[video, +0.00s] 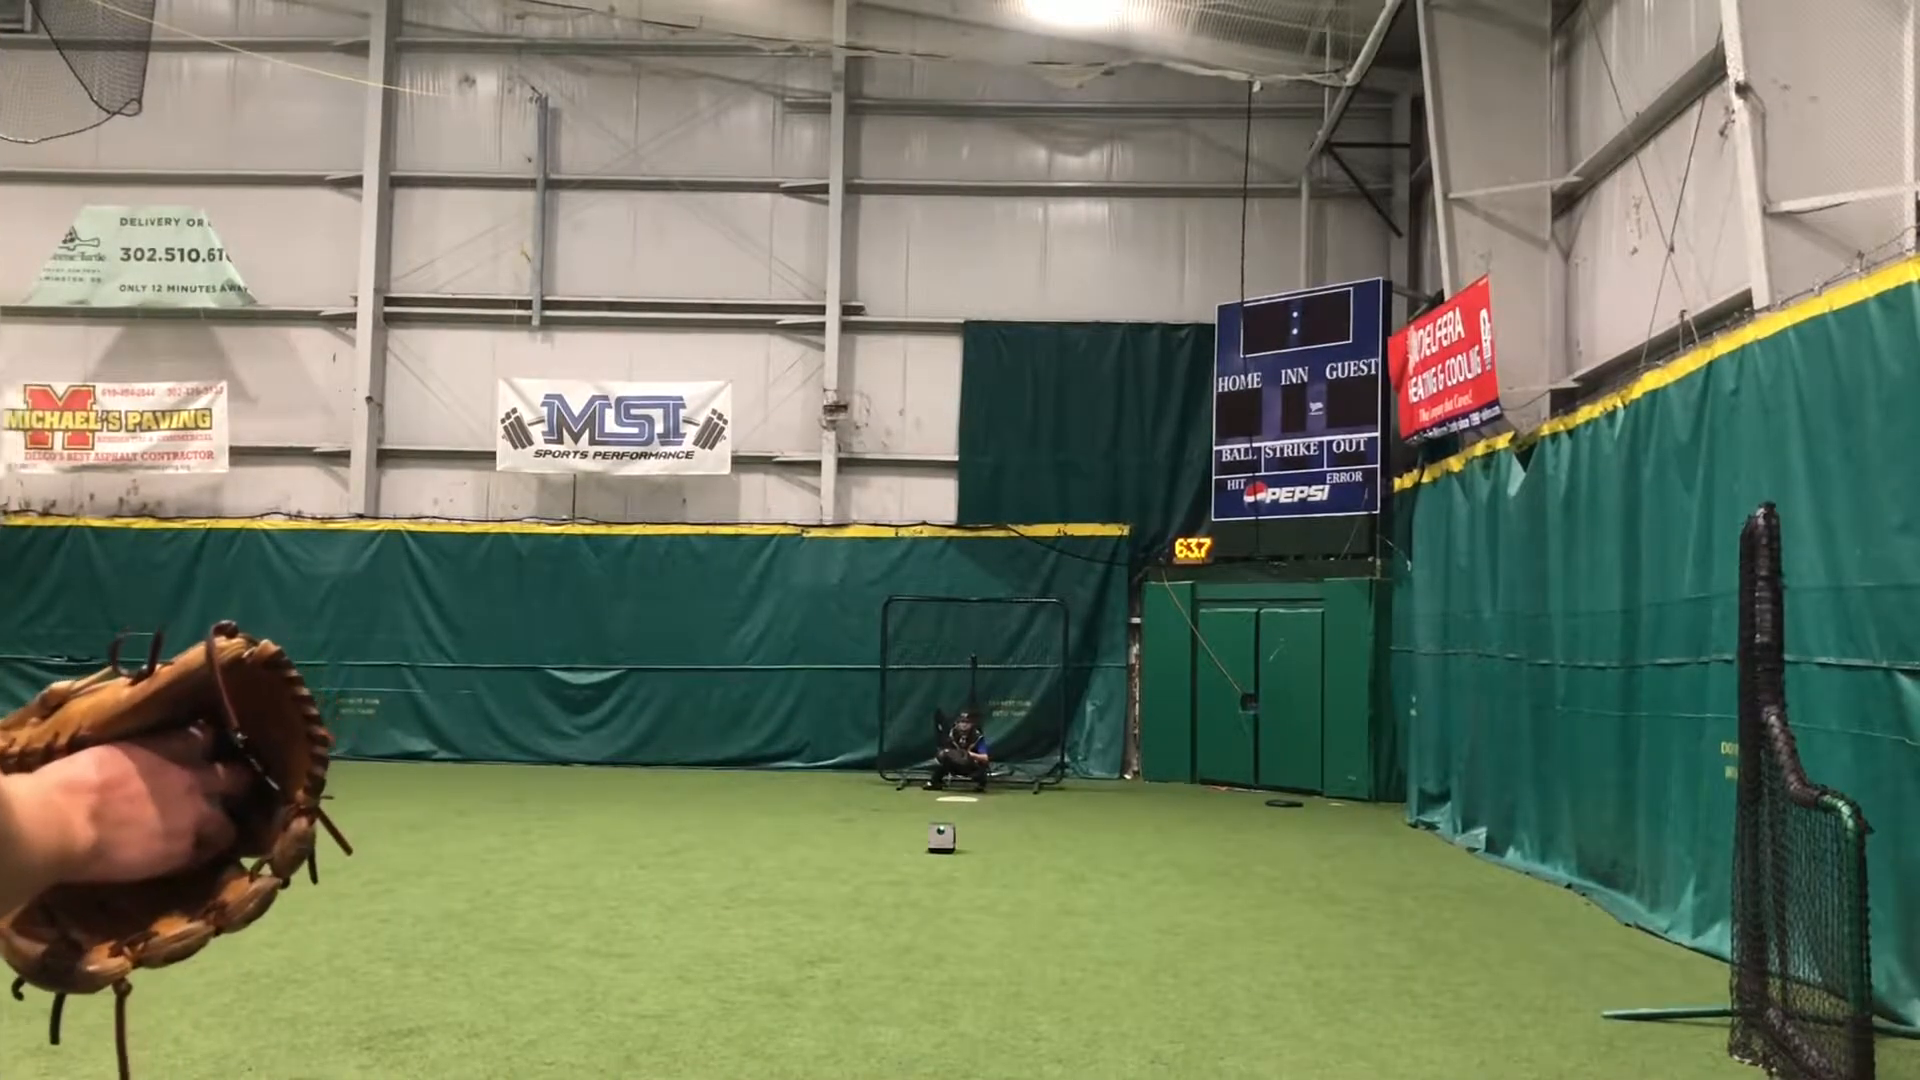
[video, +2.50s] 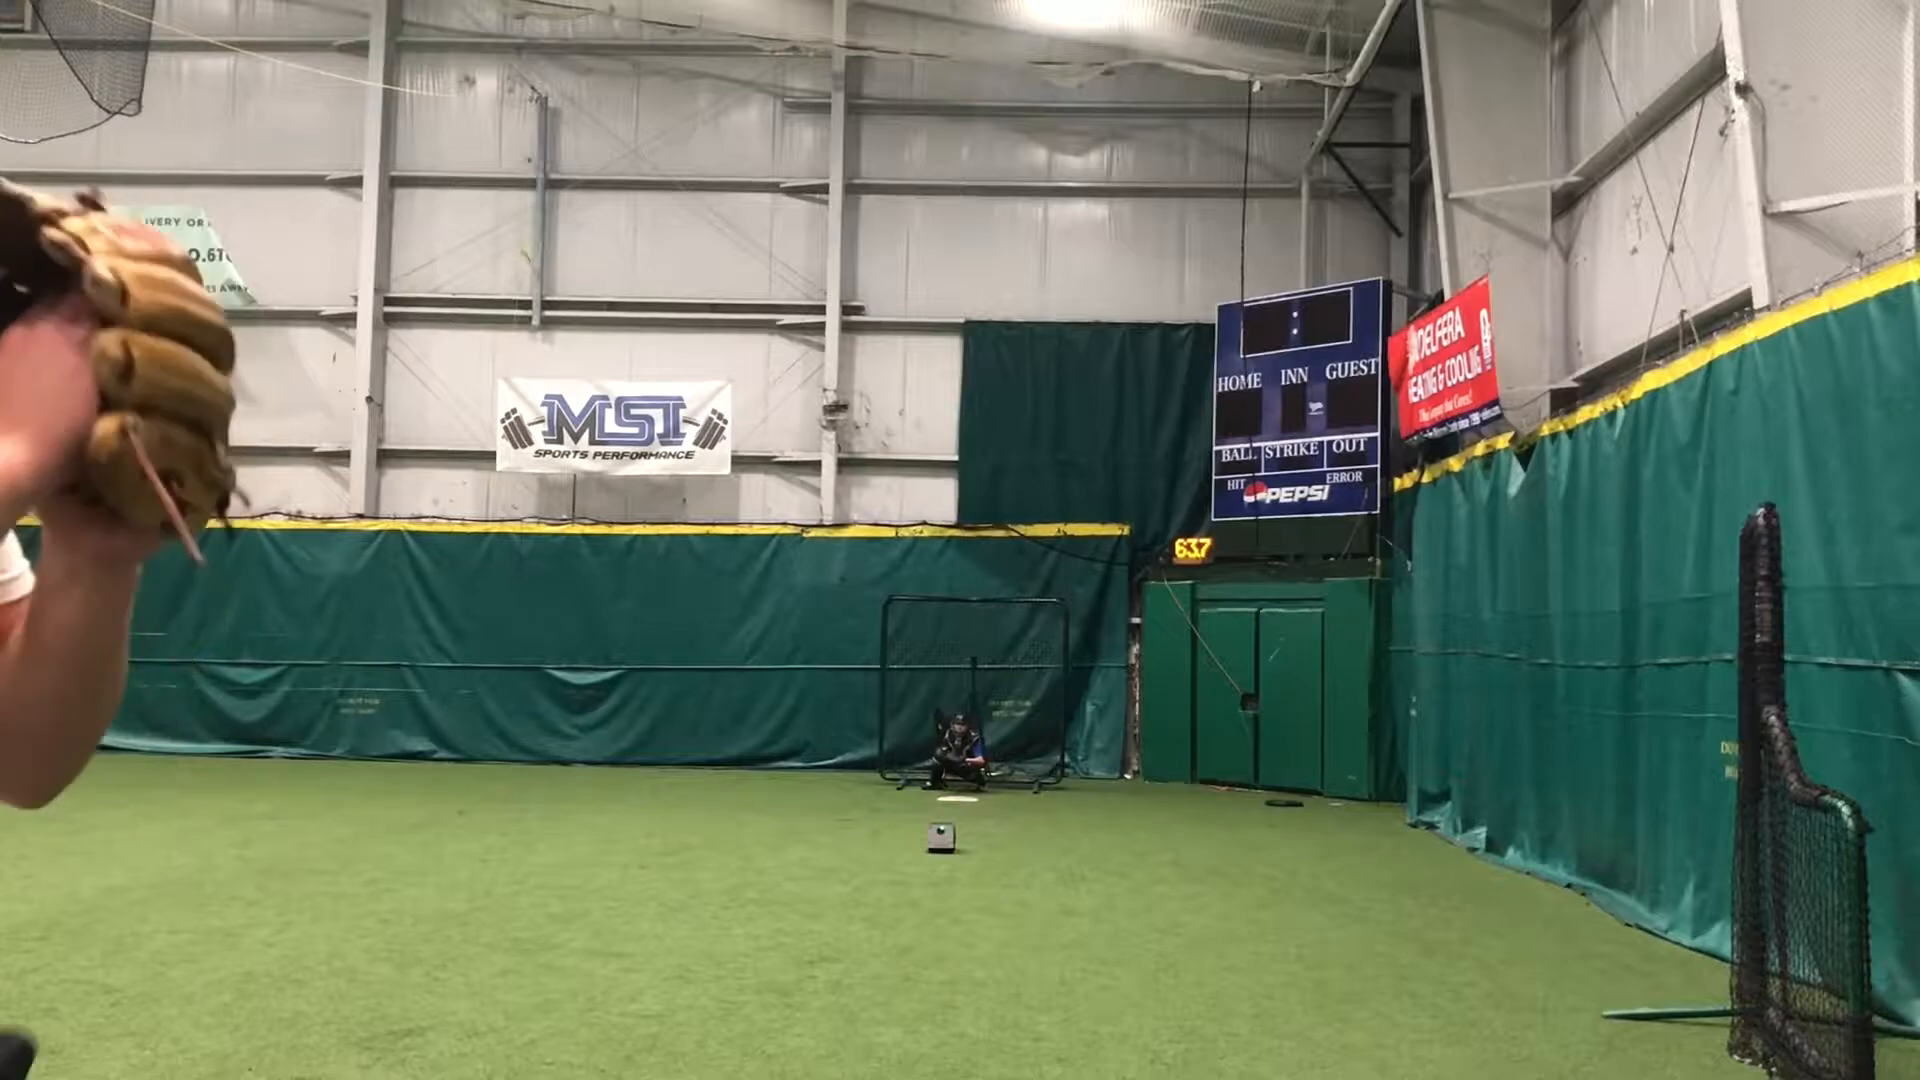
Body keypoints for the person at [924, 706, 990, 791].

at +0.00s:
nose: (964, 725)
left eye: (967, 722)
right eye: (961, 722)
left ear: (972, 724)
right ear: (957, 724)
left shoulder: (978, 738)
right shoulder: (952, 736)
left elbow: (985, 758)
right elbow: (940, 754)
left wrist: (969, 754)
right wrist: (948, 754)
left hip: (972, 765)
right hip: (955, 764)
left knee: (981, 772)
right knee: (944, 765)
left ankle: (981, 785)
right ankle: (935, 782)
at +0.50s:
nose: (964, 725)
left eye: (967, 723)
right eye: (961, 722)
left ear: (971, 725)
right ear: (956, 724)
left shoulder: (977, 737)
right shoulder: (950, 735)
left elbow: (984, 757)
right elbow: (942, 750)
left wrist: (968, 754)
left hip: (971, 763)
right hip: (953, 762)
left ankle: (981, 785)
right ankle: (936, 782)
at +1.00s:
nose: (964, 726)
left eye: (967, 723)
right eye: (961, 723)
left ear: (971, 725)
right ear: (957, 724)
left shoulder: (977, 738)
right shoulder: (950, 735)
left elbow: (985, 759)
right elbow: (941, 752)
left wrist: (971, 756)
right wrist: (948, 753)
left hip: (971, 764)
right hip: (953, 762)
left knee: (978, 774)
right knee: (940, 762)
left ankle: (981, 784)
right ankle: (936, 782)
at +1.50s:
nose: (963, 727)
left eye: (966, 724)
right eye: (960, 724)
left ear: (970, 726)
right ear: (956, 725)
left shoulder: (977, 738)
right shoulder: (951, 735)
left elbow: (984, 759)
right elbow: (943, 751)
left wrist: (969, 757)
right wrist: (952, 756)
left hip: (970, 763)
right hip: (954, 762)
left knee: (979, 773)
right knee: (939, 764)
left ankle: (981, 784)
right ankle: (936, 783)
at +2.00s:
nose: (962, 727)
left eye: (965, 724)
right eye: (960, 724)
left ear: (970, 726)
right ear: (955, 725)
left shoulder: (976, 739)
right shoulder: (950, 735)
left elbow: (983, 759)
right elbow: (944, 749)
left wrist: (967, 757)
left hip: (969, 764)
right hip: (953, 763)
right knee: (941, 756)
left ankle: (981, 784)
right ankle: (936, 782)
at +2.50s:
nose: (959, 728)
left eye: (962, 725)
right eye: (957, 724)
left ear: (967, 726)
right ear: (952, 726)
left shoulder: (974, 739)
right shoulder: (946, 736)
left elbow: (981, 761)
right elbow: (940, 752)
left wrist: (966, 760)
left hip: (966, 766)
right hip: (950, 764)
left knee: (975, 776)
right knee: (938, 760)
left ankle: (981, 783)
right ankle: (935, 782)